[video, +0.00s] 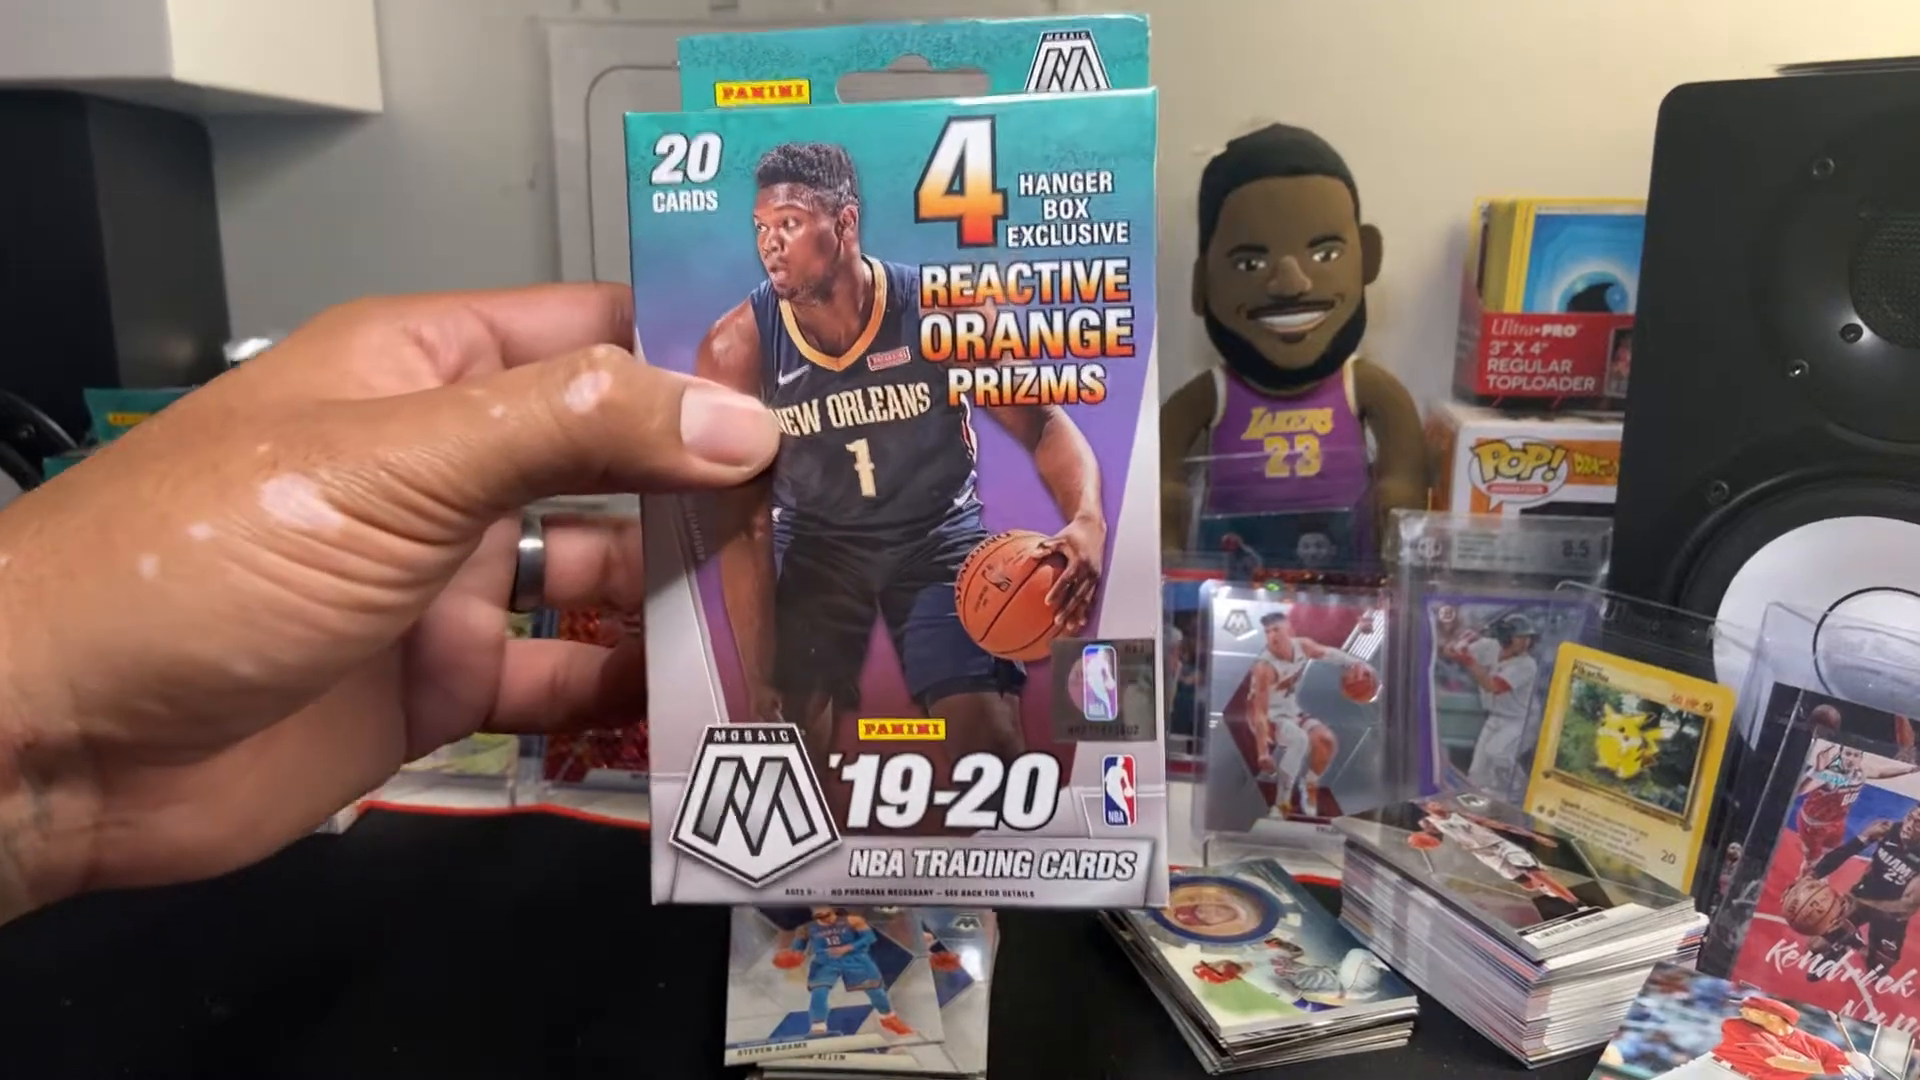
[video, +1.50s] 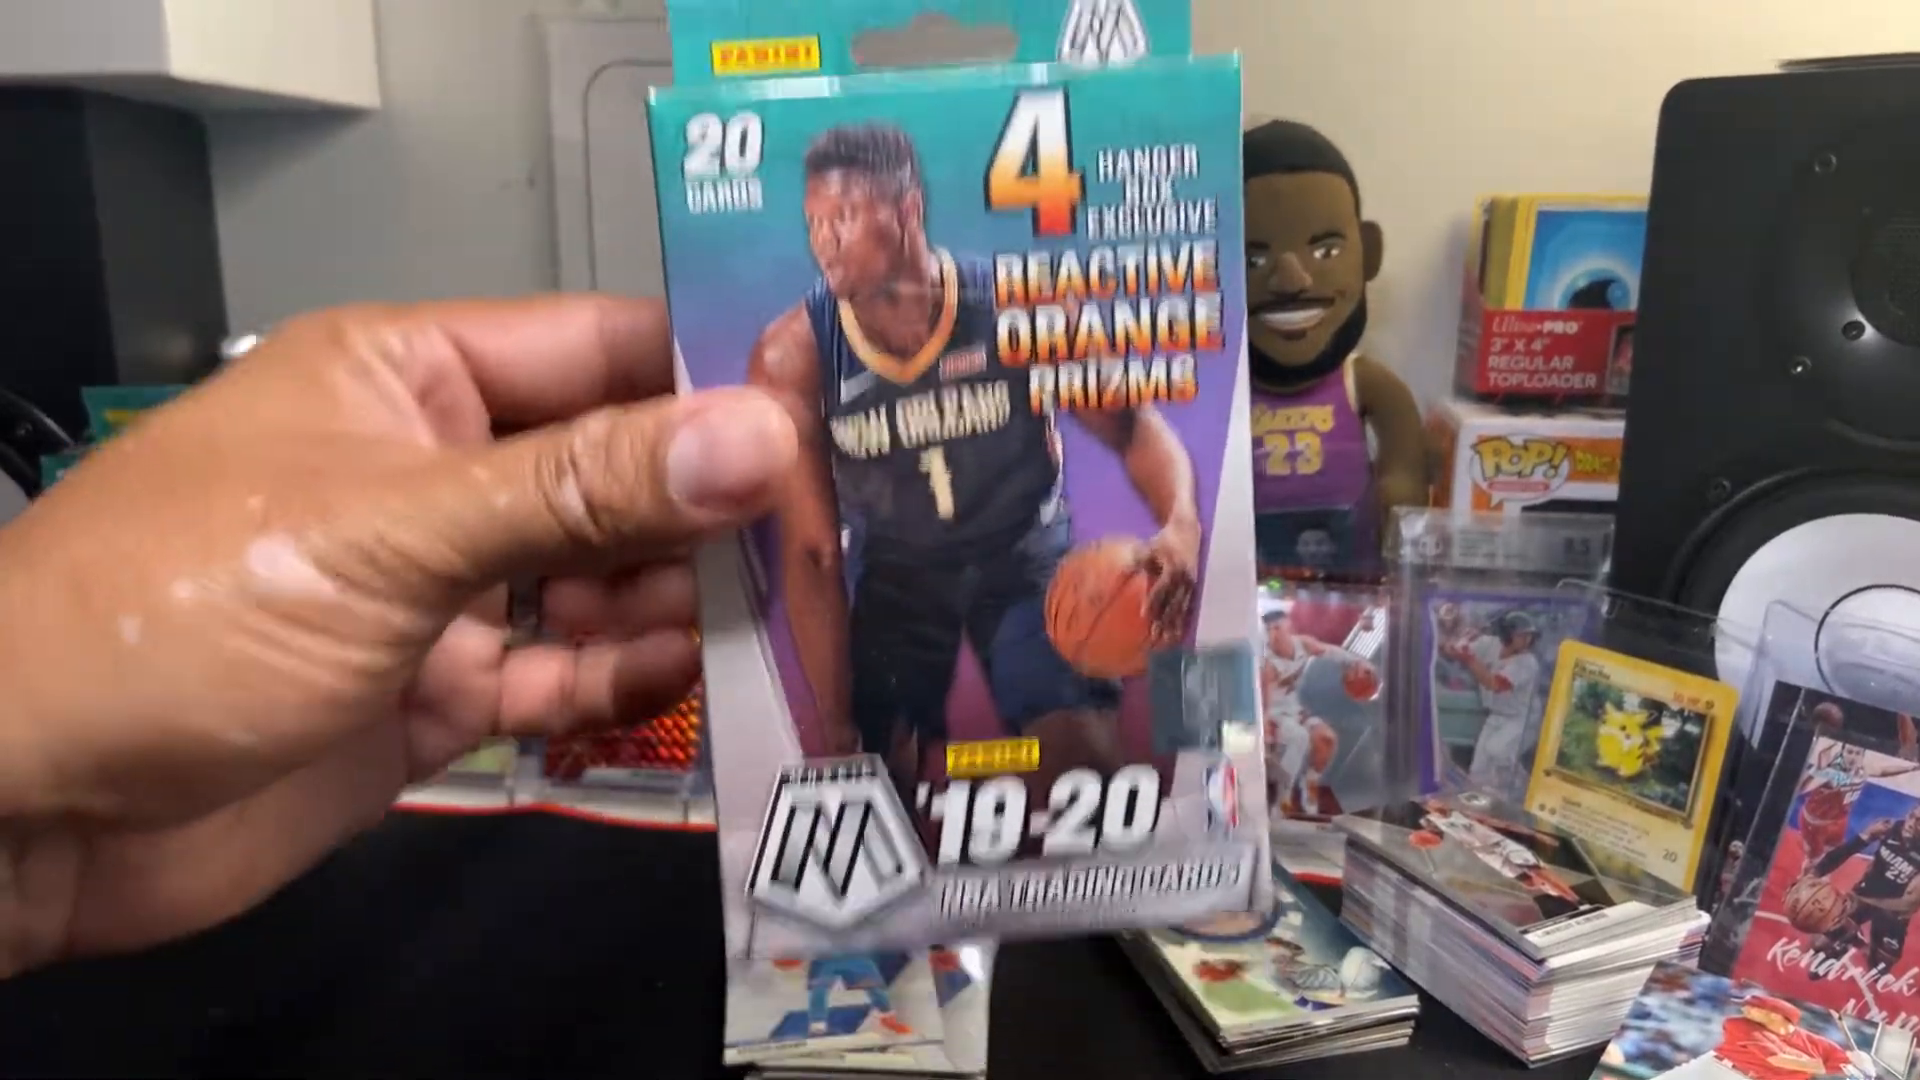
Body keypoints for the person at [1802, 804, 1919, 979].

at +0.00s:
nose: (1910, 826)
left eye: (1918, 824)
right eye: (1910, 818)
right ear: (1905, 816)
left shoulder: (1918, 861)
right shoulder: (1884, 829)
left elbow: (1907, 907)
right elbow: (1844, 852)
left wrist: (1859, 904)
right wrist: (1815, 874)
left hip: (1892, 913)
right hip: (1862, 898)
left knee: (1878, 968)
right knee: (1815, 946)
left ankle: (1852, 941)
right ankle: (1839, 948)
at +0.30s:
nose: (1910, 825)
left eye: (1917, 823)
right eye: (1910, 817)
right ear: (1906, 815)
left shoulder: (1917, 859)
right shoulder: (1885, 829)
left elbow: (1908, 906)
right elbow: (1844, 851)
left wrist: (1860, 904)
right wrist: (1814, 874)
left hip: (1892, 913)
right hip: (1862, 897)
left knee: (1878, 969)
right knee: (1816, 946)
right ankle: (1841, 946)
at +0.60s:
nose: (1910, 823)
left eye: (1918, 822)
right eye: (1911, 816)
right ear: (1906, 814)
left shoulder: (1918, 858)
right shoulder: (1885, 828)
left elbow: (1908, 904)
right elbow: (1844, 851)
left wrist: (1860, 903)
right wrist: (1812, 875)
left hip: (1894, 913)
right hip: (1862, 898)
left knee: (1878, 970)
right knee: (1817, 945)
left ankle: (1856, 941)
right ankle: (1841, 947)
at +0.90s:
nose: (1912, 824)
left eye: (1919, 822)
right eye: (1912, 817)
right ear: (1907, 814)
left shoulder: (1918, 857)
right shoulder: (1887, 828)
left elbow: (1909, 904)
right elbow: (1846, 851)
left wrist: (1861, 903)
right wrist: (1814, 874)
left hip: (1894, 914)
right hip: (1862, 898)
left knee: (1877, 973)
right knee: (1817, 950)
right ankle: (1845, 944)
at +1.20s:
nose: (1912, 824)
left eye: (1918, 822)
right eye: (1912, 817)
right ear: (1907, 815)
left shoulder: (1917, 857)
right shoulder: (1887, 829)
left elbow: (1910, 904)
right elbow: (1847, 850)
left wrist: (1862, 903)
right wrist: (1815, 873)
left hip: (1895, 912)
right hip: (1863, 897)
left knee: (1879, 971)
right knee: (1818, 947)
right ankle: (1845, 944)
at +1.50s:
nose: (1912, 824)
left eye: (1918, 822)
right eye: (1912, 817)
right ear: (1907, 814)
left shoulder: (1918, 857)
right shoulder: (1888, 829)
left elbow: (1909, 904)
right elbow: (1847, 850)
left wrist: (1861, 902)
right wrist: (1815, 873)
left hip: (1895, 911)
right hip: (1864, 896)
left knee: (1879, 969)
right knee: (1819, 945)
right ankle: (1846, 942)